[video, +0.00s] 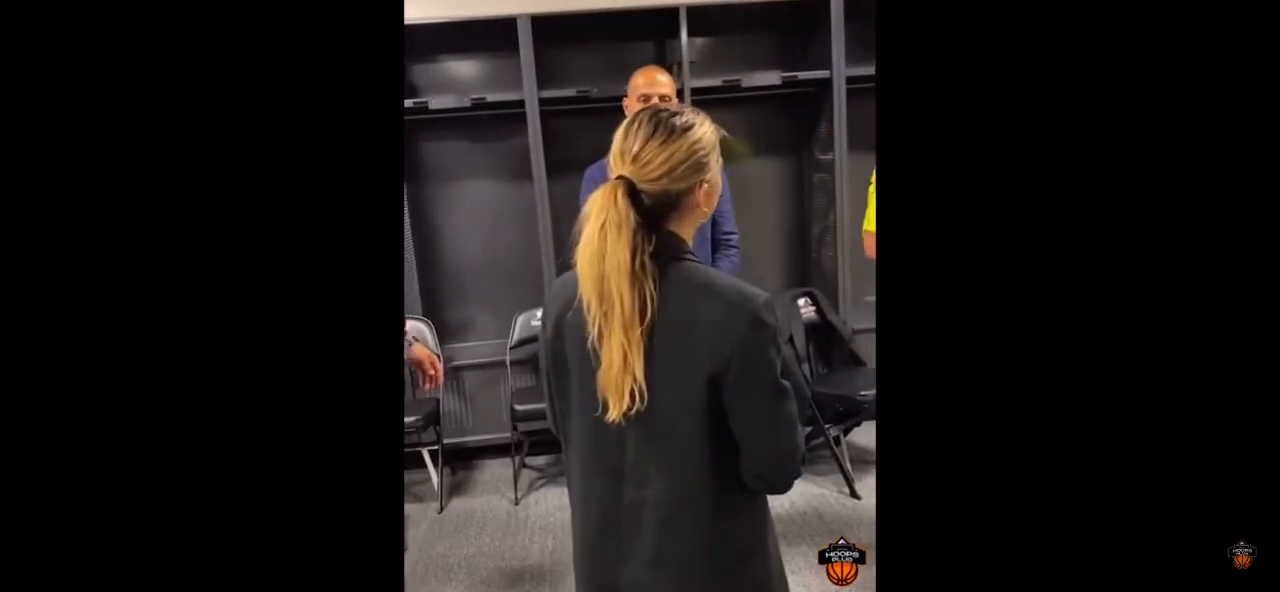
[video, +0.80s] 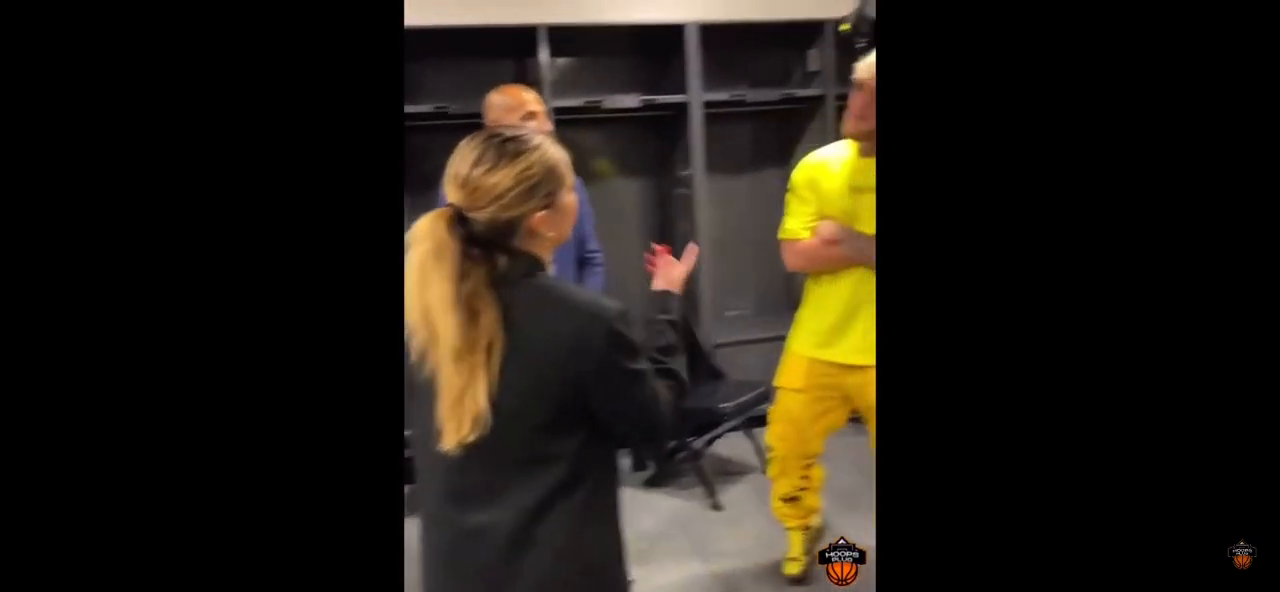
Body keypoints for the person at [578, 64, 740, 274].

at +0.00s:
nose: (655, 108)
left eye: (664, 99)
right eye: (644, 99)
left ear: (677, 103)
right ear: (627, 105)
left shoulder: (705, 166)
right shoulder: (600, 175)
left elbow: (727, 242)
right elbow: (592, 249)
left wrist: (713, 294)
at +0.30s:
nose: (637, 108)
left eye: (646, 98)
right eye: (626, 98)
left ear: (659, 102)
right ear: (607, 102)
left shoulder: (686, 163)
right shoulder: (580, 171)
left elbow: (708, 239)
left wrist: (696, 293)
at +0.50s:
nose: (612, 111)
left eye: (620, 101)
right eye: (601, 101)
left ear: (626, 104)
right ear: (574, 107)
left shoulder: (654, 169)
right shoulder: (549, 174)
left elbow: (676, 244)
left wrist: (664, 296)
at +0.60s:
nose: (601, 115)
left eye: (603, 104)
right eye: (587, 106)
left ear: (607, 107)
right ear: (553, 115)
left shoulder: (629, 174)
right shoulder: (524, 177)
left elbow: (650, 249)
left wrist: (637, 298)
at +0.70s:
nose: (557, 124)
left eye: (563, 111)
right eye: (546, 116)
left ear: (579, 116)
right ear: (521, 123)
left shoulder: (599, 179)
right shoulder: (494, 183)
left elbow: (622, 251)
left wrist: (611, 307)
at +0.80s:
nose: (547, 127)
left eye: (545, 115)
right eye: (530, 117)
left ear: (551, 119)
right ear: (494, 128)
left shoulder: (567, 185)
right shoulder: (463, 190)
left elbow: (591, 258)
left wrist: (581, 317)